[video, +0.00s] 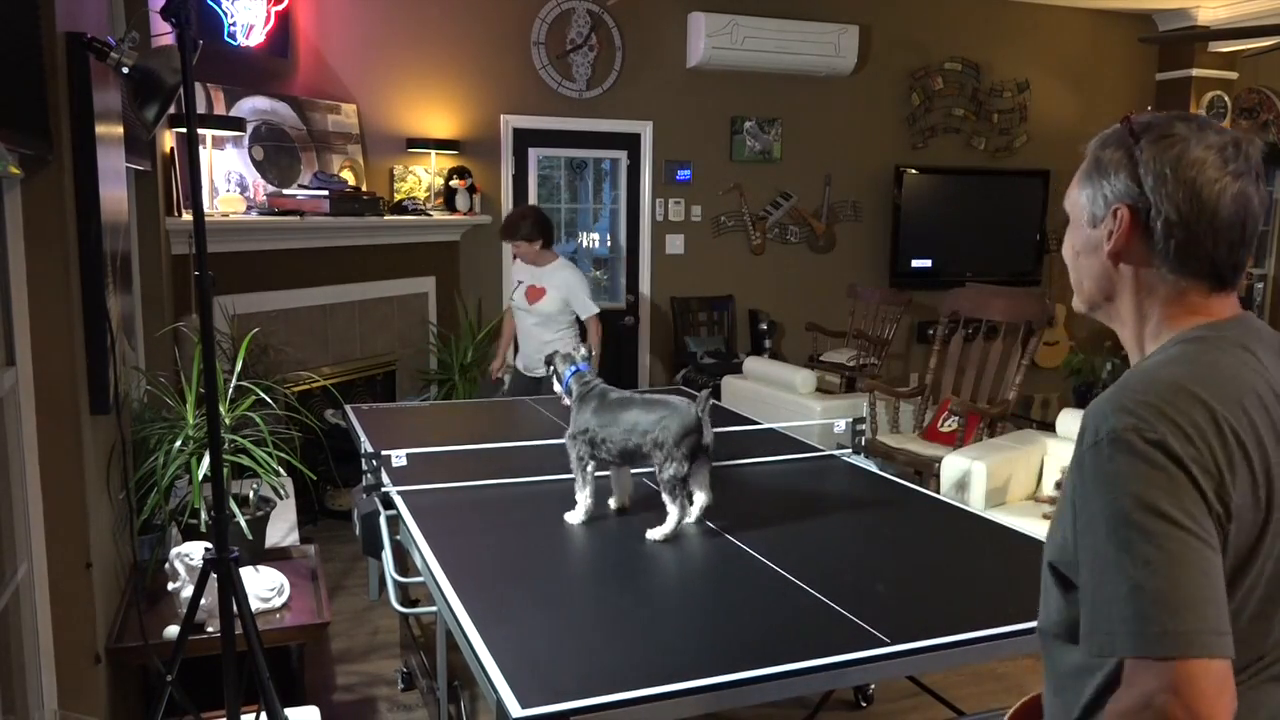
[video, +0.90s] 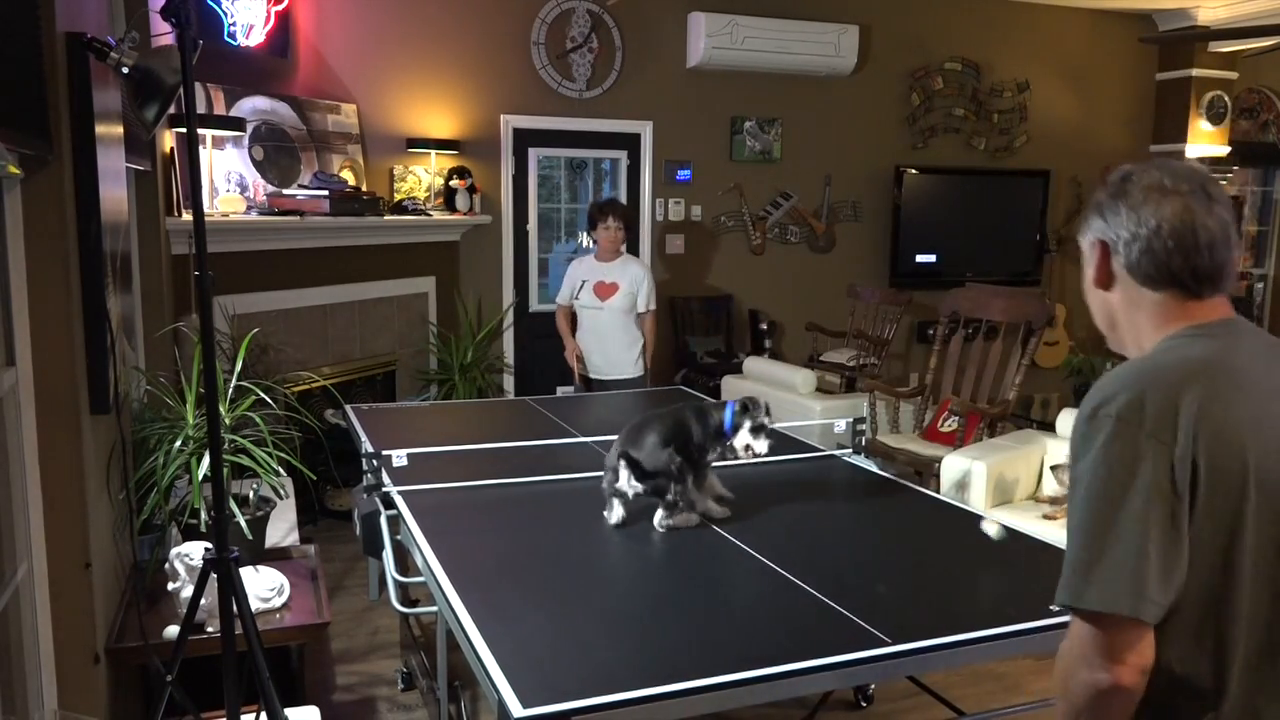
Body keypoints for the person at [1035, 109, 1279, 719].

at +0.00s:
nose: (1063, 247)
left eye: (1071, 221)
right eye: (1065, 222)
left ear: (1116, 229)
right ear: (1231, 243)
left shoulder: (1139, 420)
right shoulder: (1267, 358)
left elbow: (1185, 696)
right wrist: (1073, 688)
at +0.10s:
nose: (1051, 201)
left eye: (1054, 176)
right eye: (1050, 177)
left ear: (1095, 180)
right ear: (1211, 184)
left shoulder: (1090, 352)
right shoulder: (1266, 307)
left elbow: (1012, 618)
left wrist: (965, 555)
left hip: (1123, 704)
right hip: (1262, 690)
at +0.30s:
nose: (1071, 224)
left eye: (1074, 198)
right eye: (1070, 199)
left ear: (1115, 200)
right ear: (1221, 197)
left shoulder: (1141, 376)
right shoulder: (1266, 318)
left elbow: (1076, 648)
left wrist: (984, 590)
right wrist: (1071, 548)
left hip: (1163, 705)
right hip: (1260, 692)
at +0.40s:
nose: (1074, 235)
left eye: (1076, 210)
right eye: (1072, 211)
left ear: (1117, 212)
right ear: (1218, 211)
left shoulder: (1141, 385)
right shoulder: (1268, 331)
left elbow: (1122, 659)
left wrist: (1019, 653)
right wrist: (1099, 590)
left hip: (1183, 708)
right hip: (1264, 697)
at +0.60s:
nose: (1059, 263)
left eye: (1059, 239)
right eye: (1055, 242)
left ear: (1100, 231)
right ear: (1198, 226)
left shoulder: (1155, 385)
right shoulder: (1264, 338)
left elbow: (1163, 671)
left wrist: (1083, 704)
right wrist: (1098, 685)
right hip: (1260, 695)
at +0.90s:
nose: (1084, 281)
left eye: (1081, 261)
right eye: (1078, 263)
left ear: (1101, 262)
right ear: (1233, 262)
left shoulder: (1142, 401)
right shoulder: (1269, 361)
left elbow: (1112, 665)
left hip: (1183, 704)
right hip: (1262, 697)